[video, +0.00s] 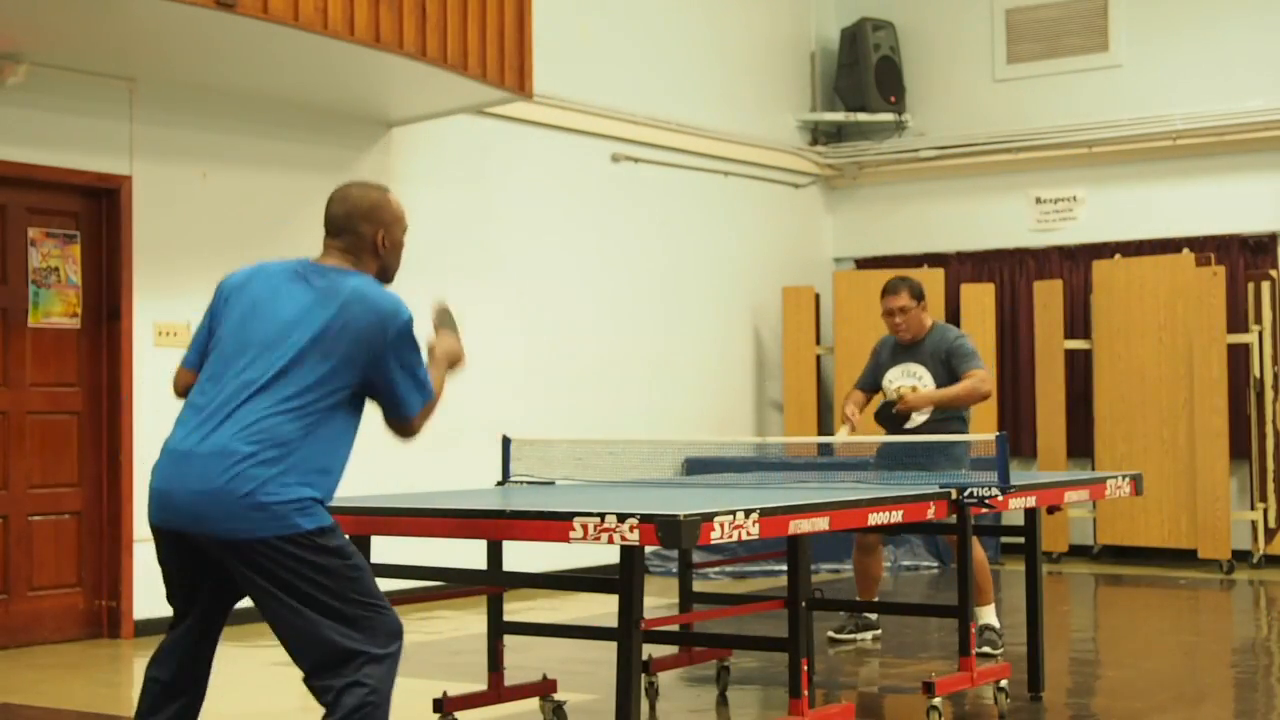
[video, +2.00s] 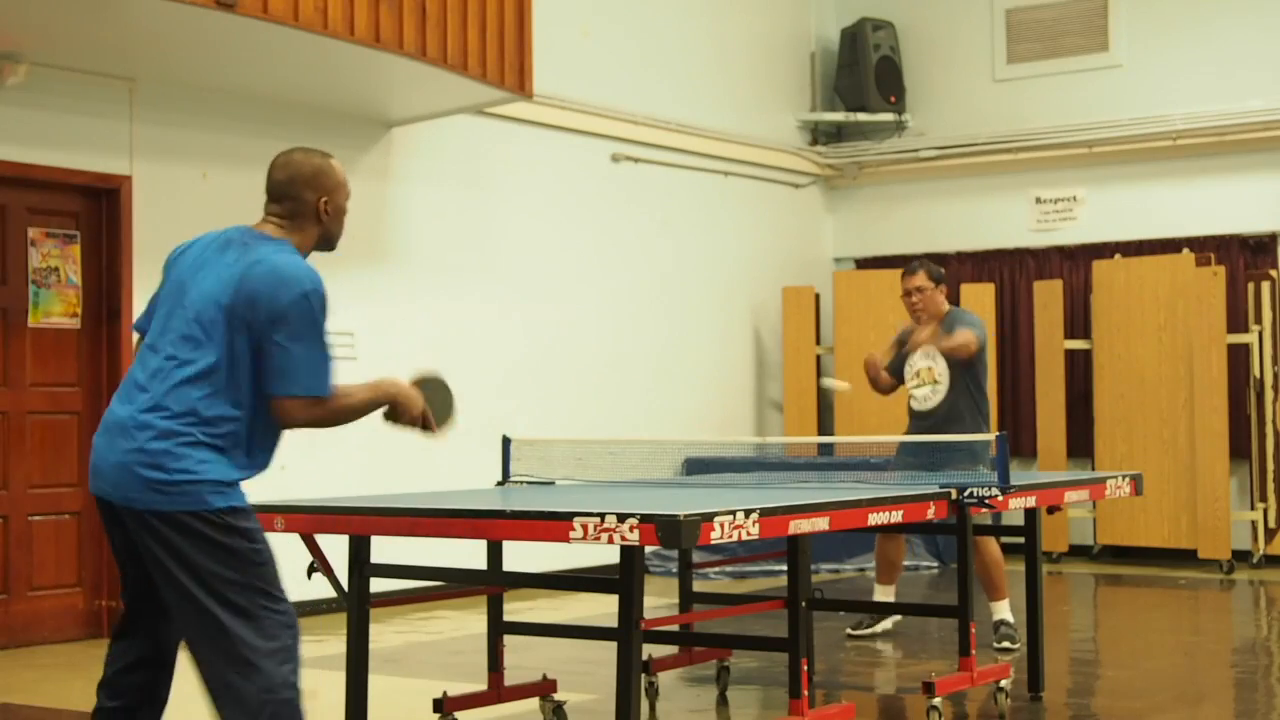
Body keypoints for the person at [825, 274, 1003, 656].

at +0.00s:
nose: (895, 321)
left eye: (902, 311)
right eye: (889, 314)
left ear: (923, 307)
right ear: (883, 314)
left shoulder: (951, 341)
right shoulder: (885, 348)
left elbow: (982, 385)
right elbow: (860, 392)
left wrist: (927, 399)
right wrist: (851, 409)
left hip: (944, 459)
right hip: (895, 458)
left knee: (960, 534)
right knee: (867, 535)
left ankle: (988, 624)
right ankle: (865, 616)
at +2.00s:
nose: (912, 300)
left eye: (919, 292)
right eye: (907, 294)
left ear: (941, 291)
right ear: (903, 298)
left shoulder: (965, 321)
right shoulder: (909, 335)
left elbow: (965, 346)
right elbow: (886, 386)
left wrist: (931, 343)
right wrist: (874, 369)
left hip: (964, 445)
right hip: (917, 445)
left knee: (977, 529)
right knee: (890, 521)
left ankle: (1003, 618)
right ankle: (884, 607)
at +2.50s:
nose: (908, 296)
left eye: (916, 288)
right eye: (901, 289)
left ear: (934, 291)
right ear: (895, 295)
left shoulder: (959, 333)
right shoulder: (888, 341)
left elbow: (984, 380)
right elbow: (866, 387)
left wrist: (951, 395)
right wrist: (872, 404)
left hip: (956, 448)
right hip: (905, 449)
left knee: (983, 525)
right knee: (890, 526)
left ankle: (1016, 613)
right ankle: (884, 612)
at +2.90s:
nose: (936, 302)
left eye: (943, 294)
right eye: (930, 296)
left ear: (965, 294)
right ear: (926, 300)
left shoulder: (985, 328)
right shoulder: (927, 341)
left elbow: (994, 350)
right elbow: (911, 383)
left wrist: (952, 345)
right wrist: (899, 380)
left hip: (980, 447)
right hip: (934, 445)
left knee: (987, 529)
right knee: (906, 521)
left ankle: (1016, 614)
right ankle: (885, 605)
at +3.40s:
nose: (951, 291)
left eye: (960, 284)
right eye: (945, 284)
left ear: (979, 289)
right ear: (939, 290)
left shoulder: (1002, 332)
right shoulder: (933, 335)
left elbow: (1020, 383)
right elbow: (912, 384)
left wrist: (983, 394)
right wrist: (915, 400)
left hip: (984, 446)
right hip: (937, 445)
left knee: (995, 526)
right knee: (919, 522)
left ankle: (1016, 614)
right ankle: (905, 608)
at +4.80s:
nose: (936, 305)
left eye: (944, 297)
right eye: (931, 300)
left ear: (966, 299)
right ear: (927, 306)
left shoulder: (995, 341)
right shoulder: (932, 346)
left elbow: (1003, 399)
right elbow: (921, 392)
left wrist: (964, 437)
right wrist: (905, 415)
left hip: (986, 452)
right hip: (939, 450)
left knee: (1001, 529)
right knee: (915, 521)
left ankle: (1024, 614)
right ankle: (908, 609)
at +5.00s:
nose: (910, 307)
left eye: (918, 299)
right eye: (905, 301)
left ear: (942, 300)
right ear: (903, 306)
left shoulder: (968, 341)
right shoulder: (913, 346)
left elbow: (967, 401)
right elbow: (889, 391)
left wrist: (931, 444)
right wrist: (875, 367)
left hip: (970, 452)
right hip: (925, 453)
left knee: (991, 531)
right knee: (903, 524)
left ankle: (1024, 614)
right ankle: (909, 611)